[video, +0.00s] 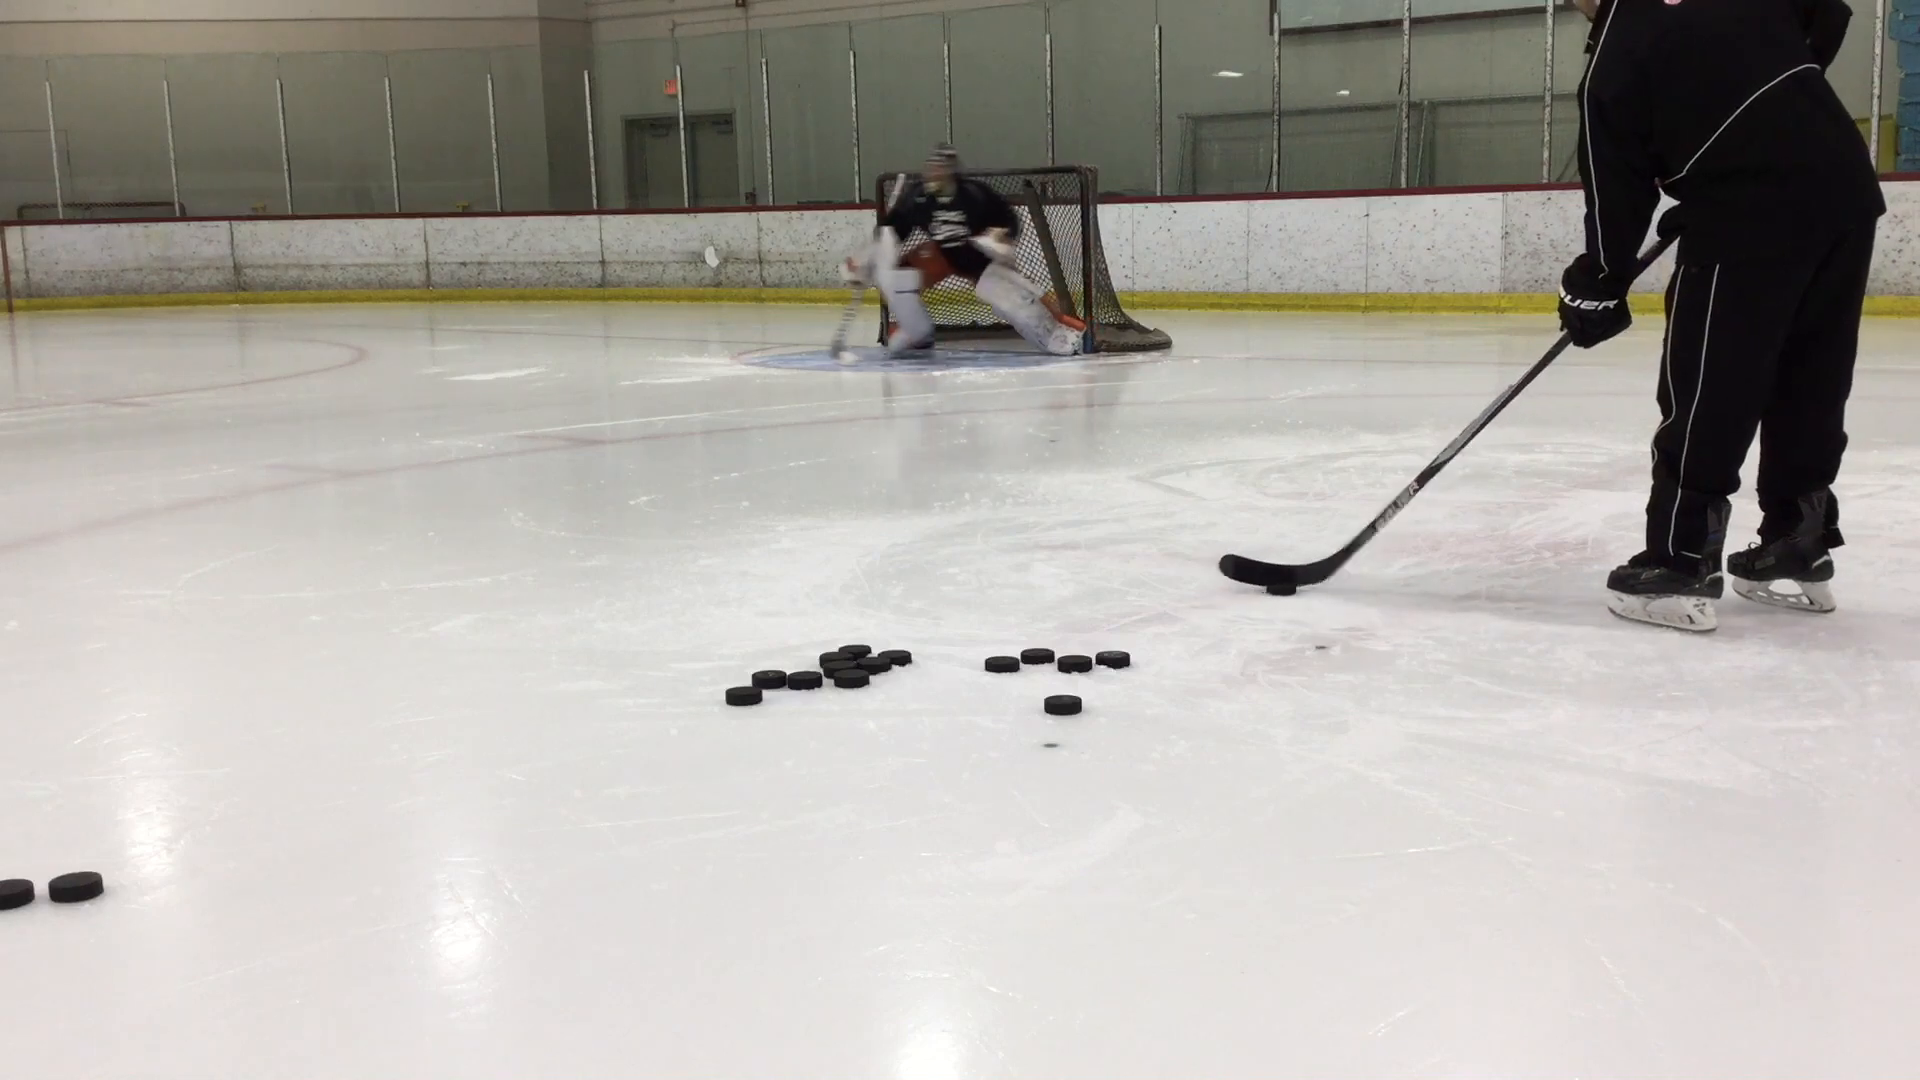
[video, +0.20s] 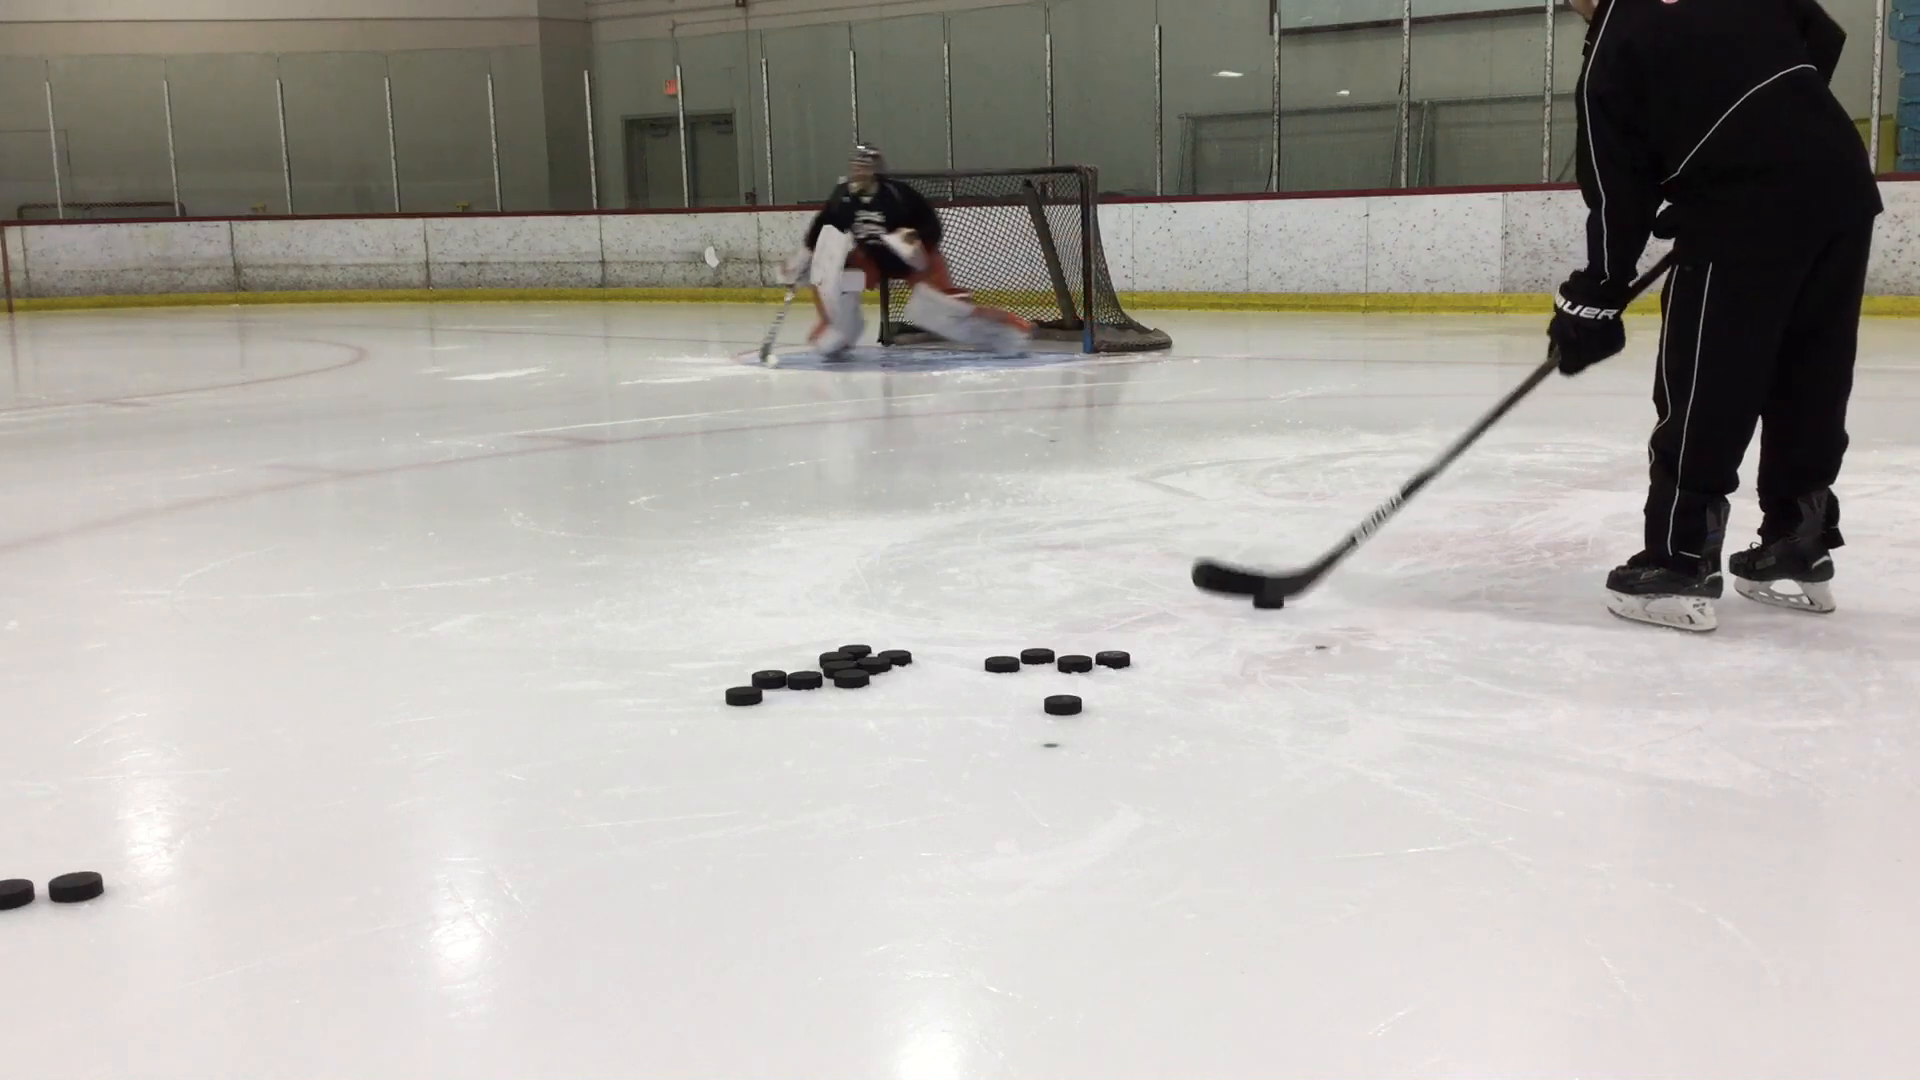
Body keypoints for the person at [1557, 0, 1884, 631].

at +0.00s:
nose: (1573, 11)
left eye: (1573, 7)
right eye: (1572, 6)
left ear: (1588, 4)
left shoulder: (1611, 69)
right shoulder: (1733, 7)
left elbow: (1618, 186)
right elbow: (1831, 13)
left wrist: (1598, 283)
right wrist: (1777, 93)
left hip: (1745, 211)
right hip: (1846, 195)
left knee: (1704, 387)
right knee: (1811, 381)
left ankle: (1682, 558)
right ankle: (1798, 544)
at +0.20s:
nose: (1574, 12)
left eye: (1573, 6)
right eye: (1572, 6)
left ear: (1588, 2)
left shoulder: (1608, 60)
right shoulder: (1737, 4)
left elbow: (1618, 192)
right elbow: (1824, 34)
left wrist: (1593, 301)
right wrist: (1766, 137)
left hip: (1740, 207)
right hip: (1843, 190)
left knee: (1702, 384)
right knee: (1811, 377)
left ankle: (1683, 556)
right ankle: (1798, 543)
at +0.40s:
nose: (1569, 14)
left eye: (1567, 7)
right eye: (1566, 9)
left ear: (1586, 3)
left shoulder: (1607, 60)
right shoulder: (1734, 6)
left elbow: (1616, 193)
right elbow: (1817, 41)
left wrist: (1599, 308)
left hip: (1741, 211)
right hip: (1843, 192)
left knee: (1704, 387)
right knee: (1809, 378)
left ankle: (1682, 557)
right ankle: (1798, 544)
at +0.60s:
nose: (1564, 15)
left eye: (1563, 7)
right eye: (1561, 9)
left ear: (1581, 3)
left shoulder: (1603, 68)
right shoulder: (1731, 6)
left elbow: (1611, 198)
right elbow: (1811, 51)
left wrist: (1593, 310)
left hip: (1739, 211)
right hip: (1840, 192)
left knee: (1702, 386)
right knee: (1807, 379)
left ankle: (1681, 559)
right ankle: (1797, 544)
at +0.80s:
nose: (1556, 13)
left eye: (1556, 5)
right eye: (1553, 7)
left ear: (1576, 1)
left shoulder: (1596, 71)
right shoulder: (1721, 6)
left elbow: (1602, 202)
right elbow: (1804, 57)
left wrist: (1582, 313)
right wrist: (1722, 177)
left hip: (1732, 212)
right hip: (1833, 192)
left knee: (1695, 386)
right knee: (1800, 380)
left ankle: (1677, 558)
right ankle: (1797, 544)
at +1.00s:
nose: (1542, 22)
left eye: (1539, 9)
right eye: (1537, 12)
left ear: (1560, 3)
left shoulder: (1584, 74)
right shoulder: (1705, 5)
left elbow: (1594, 208)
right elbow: (1793, 65)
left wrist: (1572, 319)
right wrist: (1712, 181)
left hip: (1722, 213)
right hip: (1823, 192)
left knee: (1683, 386)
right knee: (1794, 379)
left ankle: (1666, 557)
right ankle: (1799, 546)